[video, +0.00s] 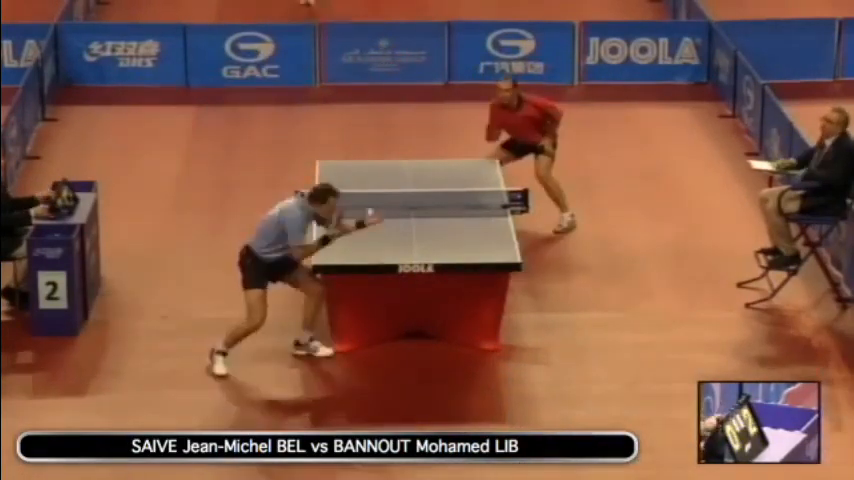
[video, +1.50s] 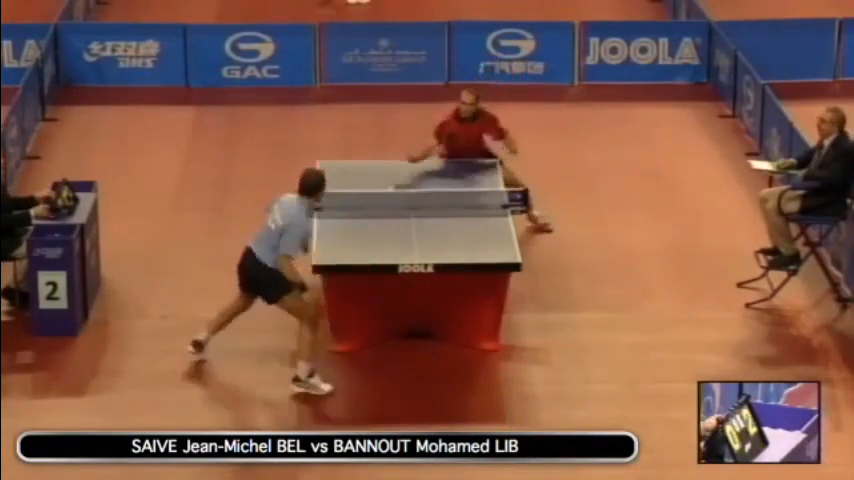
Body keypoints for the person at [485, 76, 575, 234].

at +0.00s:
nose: (503, 95)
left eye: (507, 91)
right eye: (500, 91)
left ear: (515, 90)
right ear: (497, 92)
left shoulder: (533, 103)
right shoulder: (497, 108)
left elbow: (556, 114)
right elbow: (492, 136)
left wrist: (549, 137)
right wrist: (495, 117)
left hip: (543, 140)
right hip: (521, 140)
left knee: (542, 174)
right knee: (489, 164)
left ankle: (566, 214)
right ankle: (494, 209)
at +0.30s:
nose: (501, 88)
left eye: (506, 84)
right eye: (499, 84)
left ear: (514, 85)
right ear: (496, 85)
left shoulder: (531, 98)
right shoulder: (497, 103)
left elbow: (555, 112)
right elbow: (495, 127)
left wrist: (548, 136)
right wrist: (487, 130)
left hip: (541, 137)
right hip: (519, 137)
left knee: (543, 173)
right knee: (491, 165)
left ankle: (567, 214)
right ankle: (492, 210)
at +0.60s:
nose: (498, 76)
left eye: (502, 72)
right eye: (497, 72)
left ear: (511, 74)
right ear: (495, 74)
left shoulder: (528, 92)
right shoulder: (495, 95)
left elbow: (549, 110)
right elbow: (487, 115)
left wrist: (537, 117)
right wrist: (474, 119)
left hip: (536, 136)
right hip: (513, 136)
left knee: (542, 175)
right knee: (489, 166)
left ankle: (567, 215)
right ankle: (490, 211)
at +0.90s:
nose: (494, 68)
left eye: (498, 64)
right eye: (493, 64)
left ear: (508, 65)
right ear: (490, 66)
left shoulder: (524, 84)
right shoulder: (485, 86)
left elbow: (546, 102)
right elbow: (470, 102)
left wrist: (539, 114)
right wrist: (467, 116)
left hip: (521, 138)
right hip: (494, 138)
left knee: (535, 179)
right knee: (476, 173)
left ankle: (541, 216)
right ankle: (476, 214)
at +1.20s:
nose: (477, 89)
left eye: (482, 85)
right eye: (475, 85)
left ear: (492, 85)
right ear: (472, 84)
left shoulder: (502, 102)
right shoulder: (463, 103)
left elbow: (503, 124)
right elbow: (437, 126)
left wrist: (495, 135)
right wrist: (446, 144)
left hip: (495, 151)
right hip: (468, 153)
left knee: (522, 177)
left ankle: (541, 218)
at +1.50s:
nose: (464, 108)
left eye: (469, 104)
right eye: (462, 103)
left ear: (477, 105)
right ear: (458, 103)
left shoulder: (487, 120)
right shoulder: (448, 124)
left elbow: (503, 136)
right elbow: (436, 145)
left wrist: (511, 147)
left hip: (487, 166)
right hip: (456, 166)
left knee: (521, 188)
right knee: (422, 184)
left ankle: (532, 219)